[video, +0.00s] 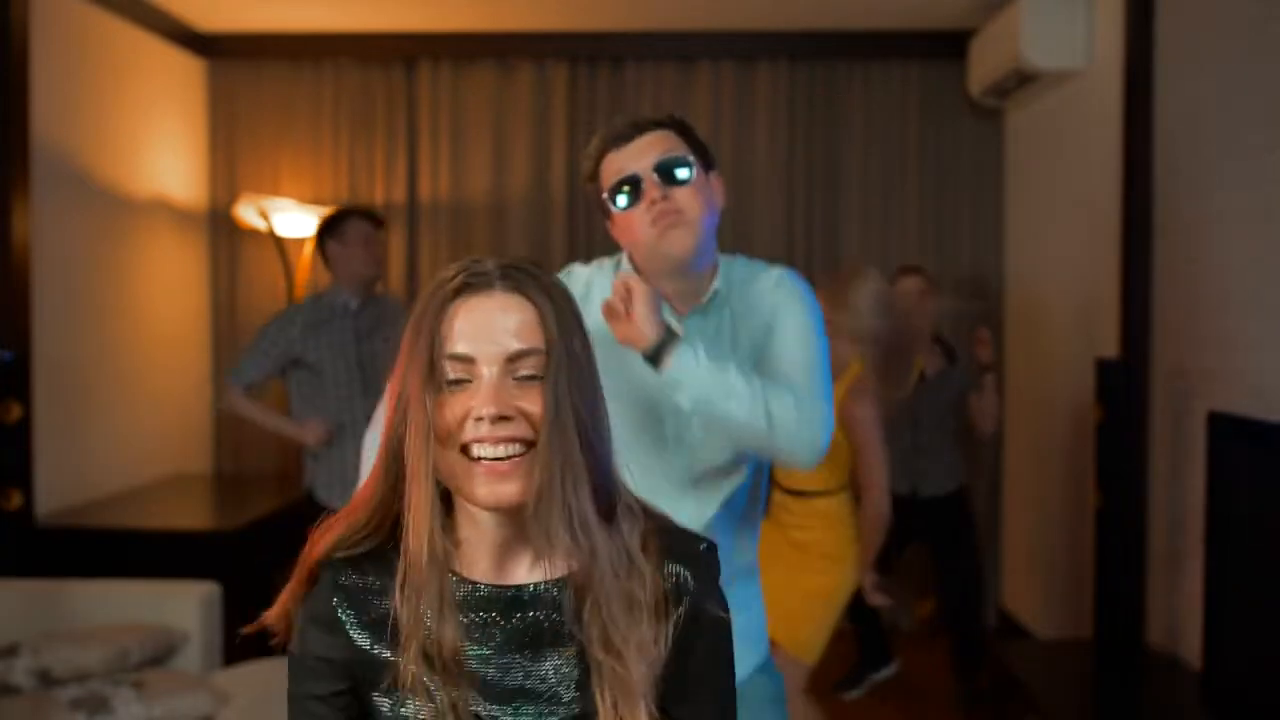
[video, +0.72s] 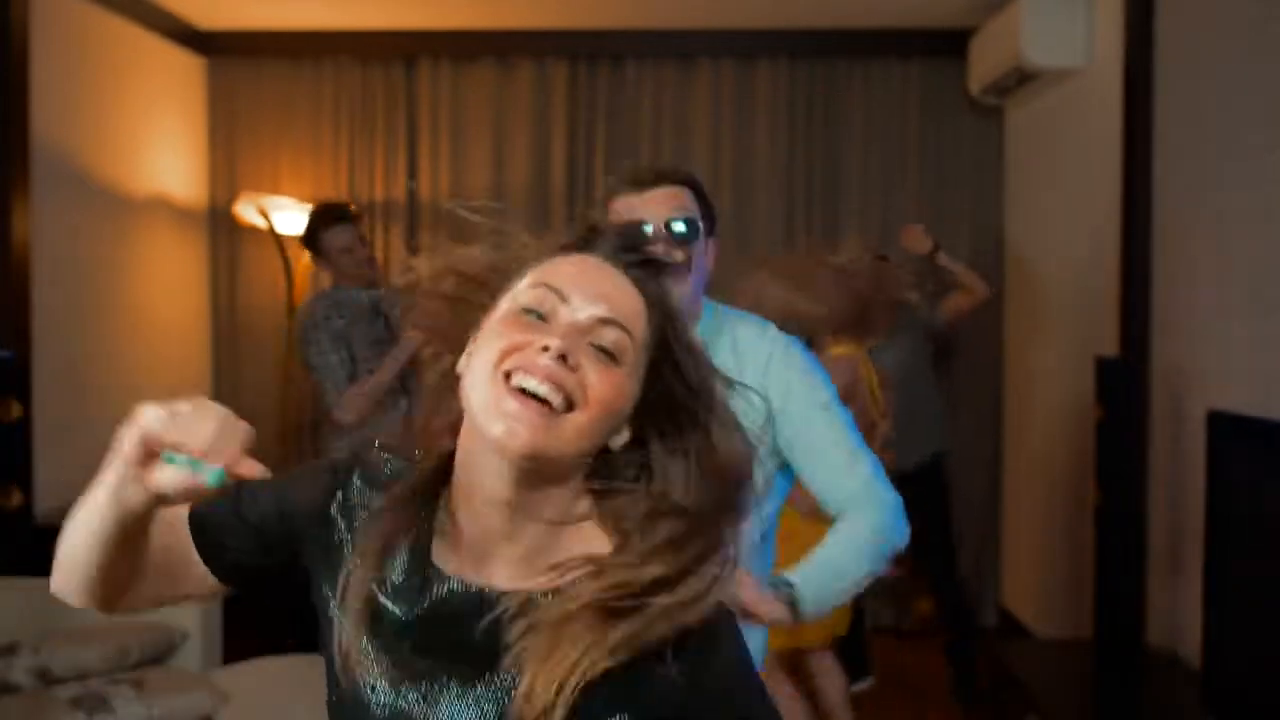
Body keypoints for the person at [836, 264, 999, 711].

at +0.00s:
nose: (910, 308)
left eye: (919, 298)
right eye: (901, 299)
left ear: (934, 305)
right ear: (890, 307)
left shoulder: (953, 360)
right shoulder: (881, 360)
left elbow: (984, 424)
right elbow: (865, 425)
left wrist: (985, 368)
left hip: (945, 498)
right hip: (891, 497)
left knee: (961, 594)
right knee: (865, 575)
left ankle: (971, 682)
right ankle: (874, 657)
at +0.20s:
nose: (913, 284)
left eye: (921, 274)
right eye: (904, 276)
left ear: (936, 280)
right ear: (890, 284)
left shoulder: (951, 330)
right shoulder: (880, 336)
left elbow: (987, 369)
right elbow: (855, 390)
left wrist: (977, 310)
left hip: (940, 474)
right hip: (884, 473)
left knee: (959, 579)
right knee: (859, 568)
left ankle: (971, 678)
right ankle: (872, 655)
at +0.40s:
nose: (901, 265)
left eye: (908, 254)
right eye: (891, 256)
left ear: (924, 262)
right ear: (873, 265)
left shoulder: (934, 308)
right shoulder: (869, 315)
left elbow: (985, 306)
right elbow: (852, 383)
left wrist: (959, 250)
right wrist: (856, 440)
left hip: (931, 448)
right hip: (876, 450)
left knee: (950, 557)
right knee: (852, 555)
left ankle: (971, 664)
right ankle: (858, 652)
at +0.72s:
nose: (869, 288)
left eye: (878, 277)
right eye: (861, 279)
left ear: (894, 284)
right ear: (847, 288)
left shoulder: (914, 324)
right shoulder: (842, 335)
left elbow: (978, 292)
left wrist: (936, 256)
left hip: (920, 460)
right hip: (862, 464)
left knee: (939, 567)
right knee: (851, 565)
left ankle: (964, 670)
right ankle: (855, 666)